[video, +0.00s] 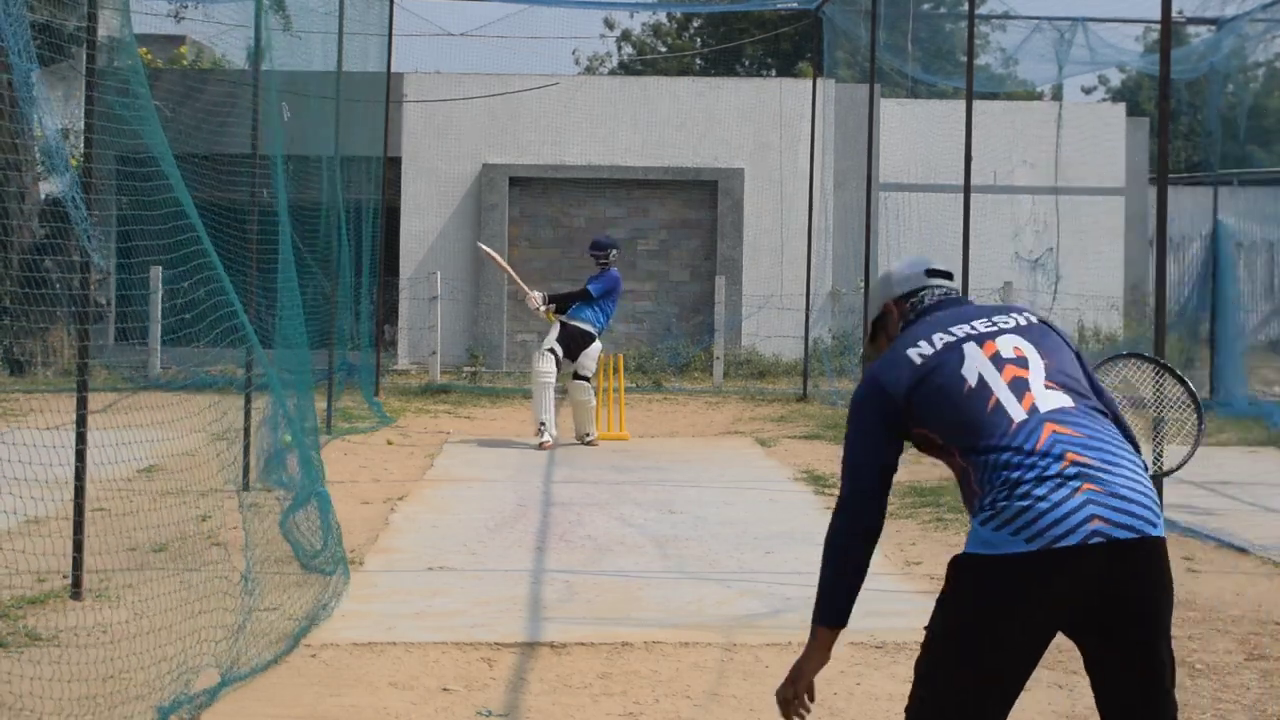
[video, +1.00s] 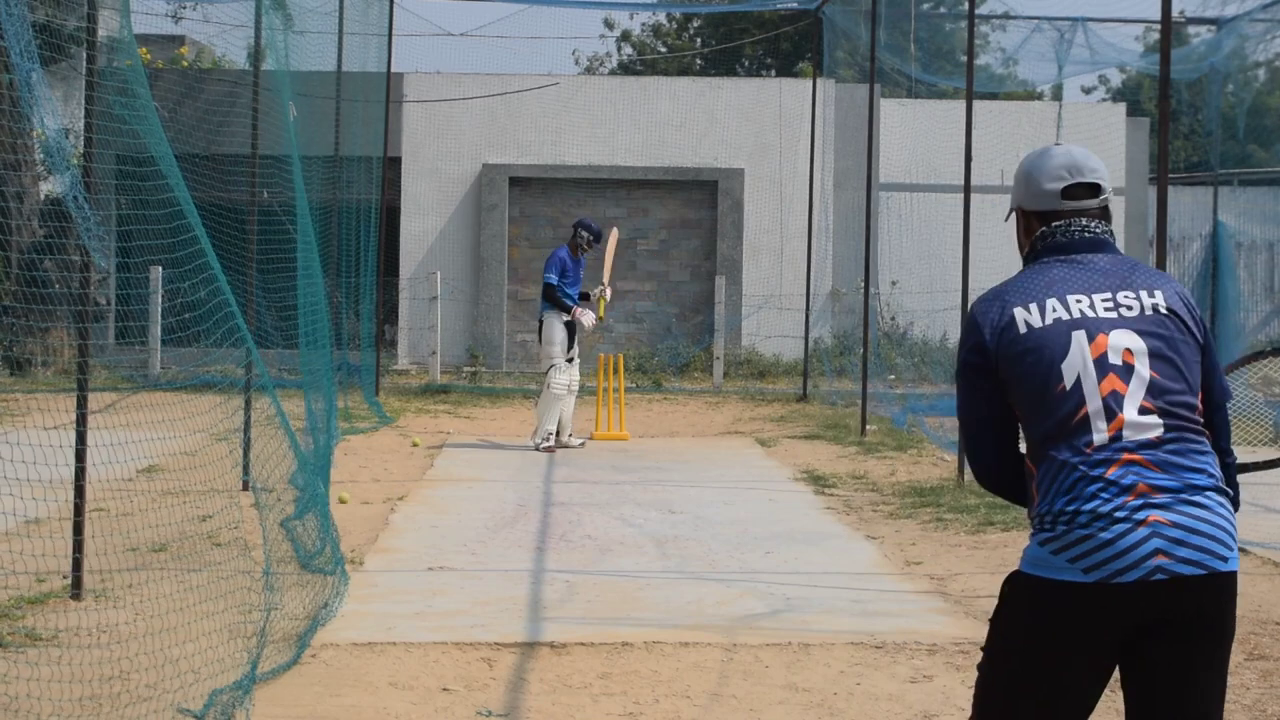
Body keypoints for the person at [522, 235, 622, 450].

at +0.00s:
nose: (599, 260)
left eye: (602, 256)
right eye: (596, 256)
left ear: (610, 255)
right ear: (593, 256)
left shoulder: (612, 277)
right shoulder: (595, 279)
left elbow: (583, 295)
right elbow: (572, 307)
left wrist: (545, 298)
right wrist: (548, 308)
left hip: (588, 332)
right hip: (566, 326)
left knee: (580, 384)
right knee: (544, 365)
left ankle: (585, 434)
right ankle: (545, 430)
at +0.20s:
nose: (587, 256)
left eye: (591, 251)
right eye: (583, 251)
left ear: (600, 250)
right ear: (580, 251)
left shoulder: (602, 272)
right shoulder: (579, 272)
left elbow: (576, 295)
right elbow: (565, 295)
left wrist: (544, 309)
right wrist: (541, 311)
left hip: (586, 333)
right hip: (564, 328)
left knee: (584, 385)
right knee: (551, 377)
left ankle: (586, 433)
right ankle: (542, 431)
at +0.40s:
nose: (574, 251)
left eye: (578, 246)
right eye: (569, 246)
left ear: (586, 246)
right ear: (563, 246)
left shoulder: (589, 269)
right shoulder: (556, 266)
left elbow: (579, 304)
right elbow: (548, 294)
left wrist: (563, 331)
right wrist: (548, 319)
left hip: (580, 327)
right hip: (555, 325)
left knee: (581, 380)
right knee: (547, 378)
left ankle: (586, 431)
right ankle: (545, 434)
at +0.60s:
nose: (570, 250)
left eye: (575, 246)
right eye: (566, 245)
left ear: (580, 244)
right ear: (559, 240)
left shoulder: (585, 264)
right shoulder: (545, 262)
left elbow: (589, 296)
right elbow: (543, 298)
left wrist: (591, 323)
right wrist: (566, 317)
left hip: (573, 321)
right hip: (547, 320)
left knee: (582, 380)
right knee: (549, 377)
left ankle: (579, 426)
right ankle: (545, 434)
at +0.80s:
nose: (576, 246)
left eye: (581, 243)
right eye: (574, 240)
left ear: (584, 244)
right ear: (565, 235)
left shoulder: (579, 261)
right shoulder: (549, 258)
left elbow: (573, 289)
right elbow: (547, 295)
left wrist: (593, 301)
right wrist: (577, 308)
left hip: (568, 319)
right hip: (547, 318)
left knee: (580, 375)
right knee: (551, 376)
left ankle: (564, 432)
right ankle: (544, 434)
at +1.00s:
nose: (589, 248)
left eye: (591, 244)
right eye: (588, 243)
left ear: (587, 241)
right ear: (579, 237)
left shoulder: (579, 260)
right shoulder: (559, 256)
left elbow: (571, 295)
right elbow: (549, 292)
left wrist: (592, 295)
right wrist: (577, 311)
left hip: (569, 320)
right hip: (554, 319)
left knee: (572, 380)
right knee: (558, 380)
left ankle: (563, 435)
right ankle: (542, 435)